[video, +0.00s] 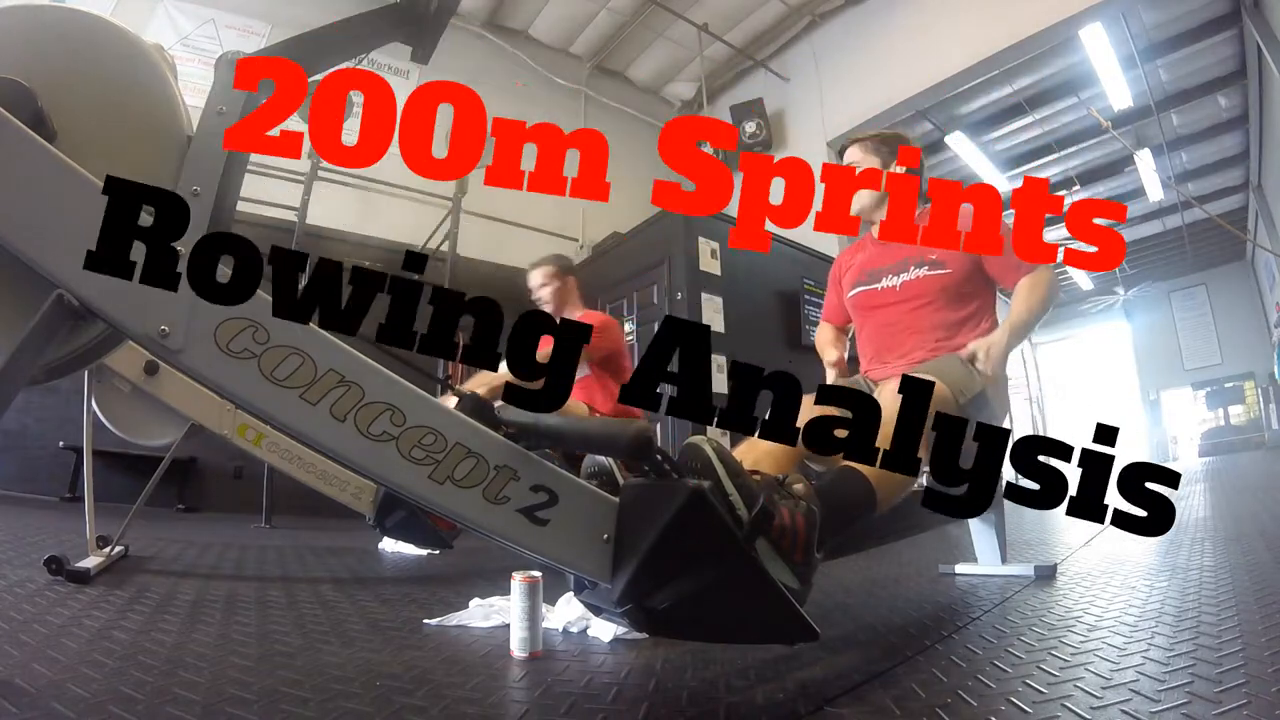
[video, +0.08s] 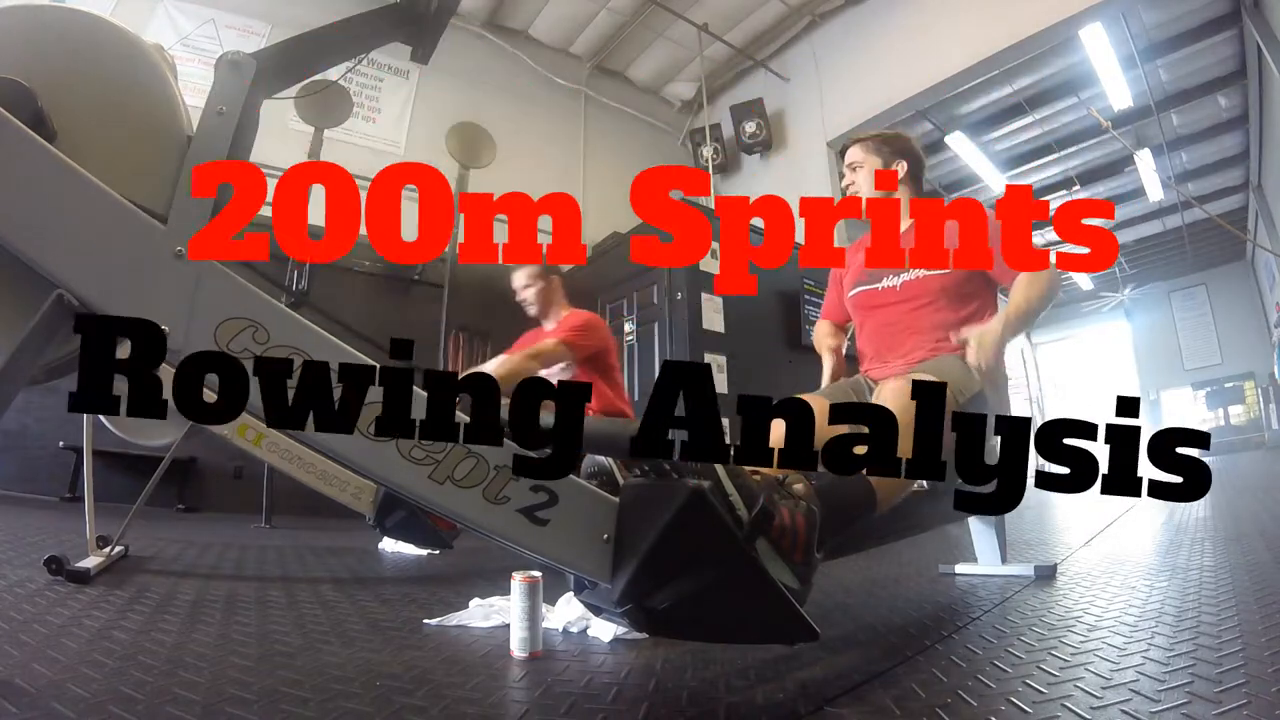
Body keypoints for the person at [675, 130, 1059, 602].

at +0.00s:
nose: (845, 181)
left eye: (856, 169)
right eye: (846, 171)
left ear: (896, 172)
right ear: (858, 180)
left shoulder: (960, 223)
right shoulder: (848, 261)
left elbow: (1038, 276)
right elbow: (830, 330)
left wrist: (1005, 337)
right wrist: (835, 357)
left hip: (956, 361)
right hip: (874, 386)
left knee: (910, 411)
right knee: (802, 419)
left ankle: (808, 506)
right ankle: (717, 494)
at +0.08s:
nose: (845, 183)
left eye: (855, 169)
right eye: (843, 175)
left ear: (897, 171)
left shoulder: (959, 223)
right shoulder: (850, 255)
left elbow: (1041, 274)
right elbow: (828, 329)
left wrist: (1000, 328)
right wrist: (833, 355)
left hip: (955, 362)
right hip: (872, 381)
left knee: (899, 397)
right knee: (786, 422)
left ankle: (813, 522)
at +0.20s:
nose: (848, 182)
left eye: (858, 168)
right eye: (847, 174)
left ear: (901, 170)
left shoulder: (961, 220)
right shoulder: (853, 253)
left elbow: (1043, 285)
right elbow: (832, 345)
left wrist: (984, 291)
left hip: (967, 374)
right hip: (875, 388)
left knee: (896, 396)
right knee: (790, 416)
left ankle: (819, 531)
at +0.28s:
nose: (850, 182)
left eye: (860, 168)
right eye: (848, 174)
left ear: (903, 169)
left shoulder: (964, 219)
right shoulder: (853, 255)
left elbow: (1032, 297)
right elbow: (827, 343)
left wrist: (972, 269)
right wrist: (806, 273)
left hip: (967, 373)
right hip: (877, 387)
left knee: (898, 398)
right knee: (789, 415)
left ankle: (809, 533)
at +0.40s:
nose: (852, 179)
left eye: (863, 166)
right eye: (850, 173)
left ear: (906, 169)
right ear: (852, 187)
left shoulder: (961, 223)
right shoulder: (849, 258)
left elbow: (1022, 303)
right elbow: (821, 341)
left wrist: (966, 275)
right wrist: (803, 275)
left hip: (967, 374)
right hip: (878, 387)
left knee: (897, 397)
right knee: (789, 413)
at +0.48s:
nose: (853, 178)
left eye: (864, 163)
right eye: (850, 172)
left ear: (908, 168)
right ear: (851, 189)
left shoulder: (961, 224)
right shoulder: (847, 256)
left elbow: (1024, 304)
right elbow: (826, 345)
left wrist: (968, 292)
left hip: (967, 376)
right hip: (877, 388)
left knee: (896, 391)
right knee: (788, 410)